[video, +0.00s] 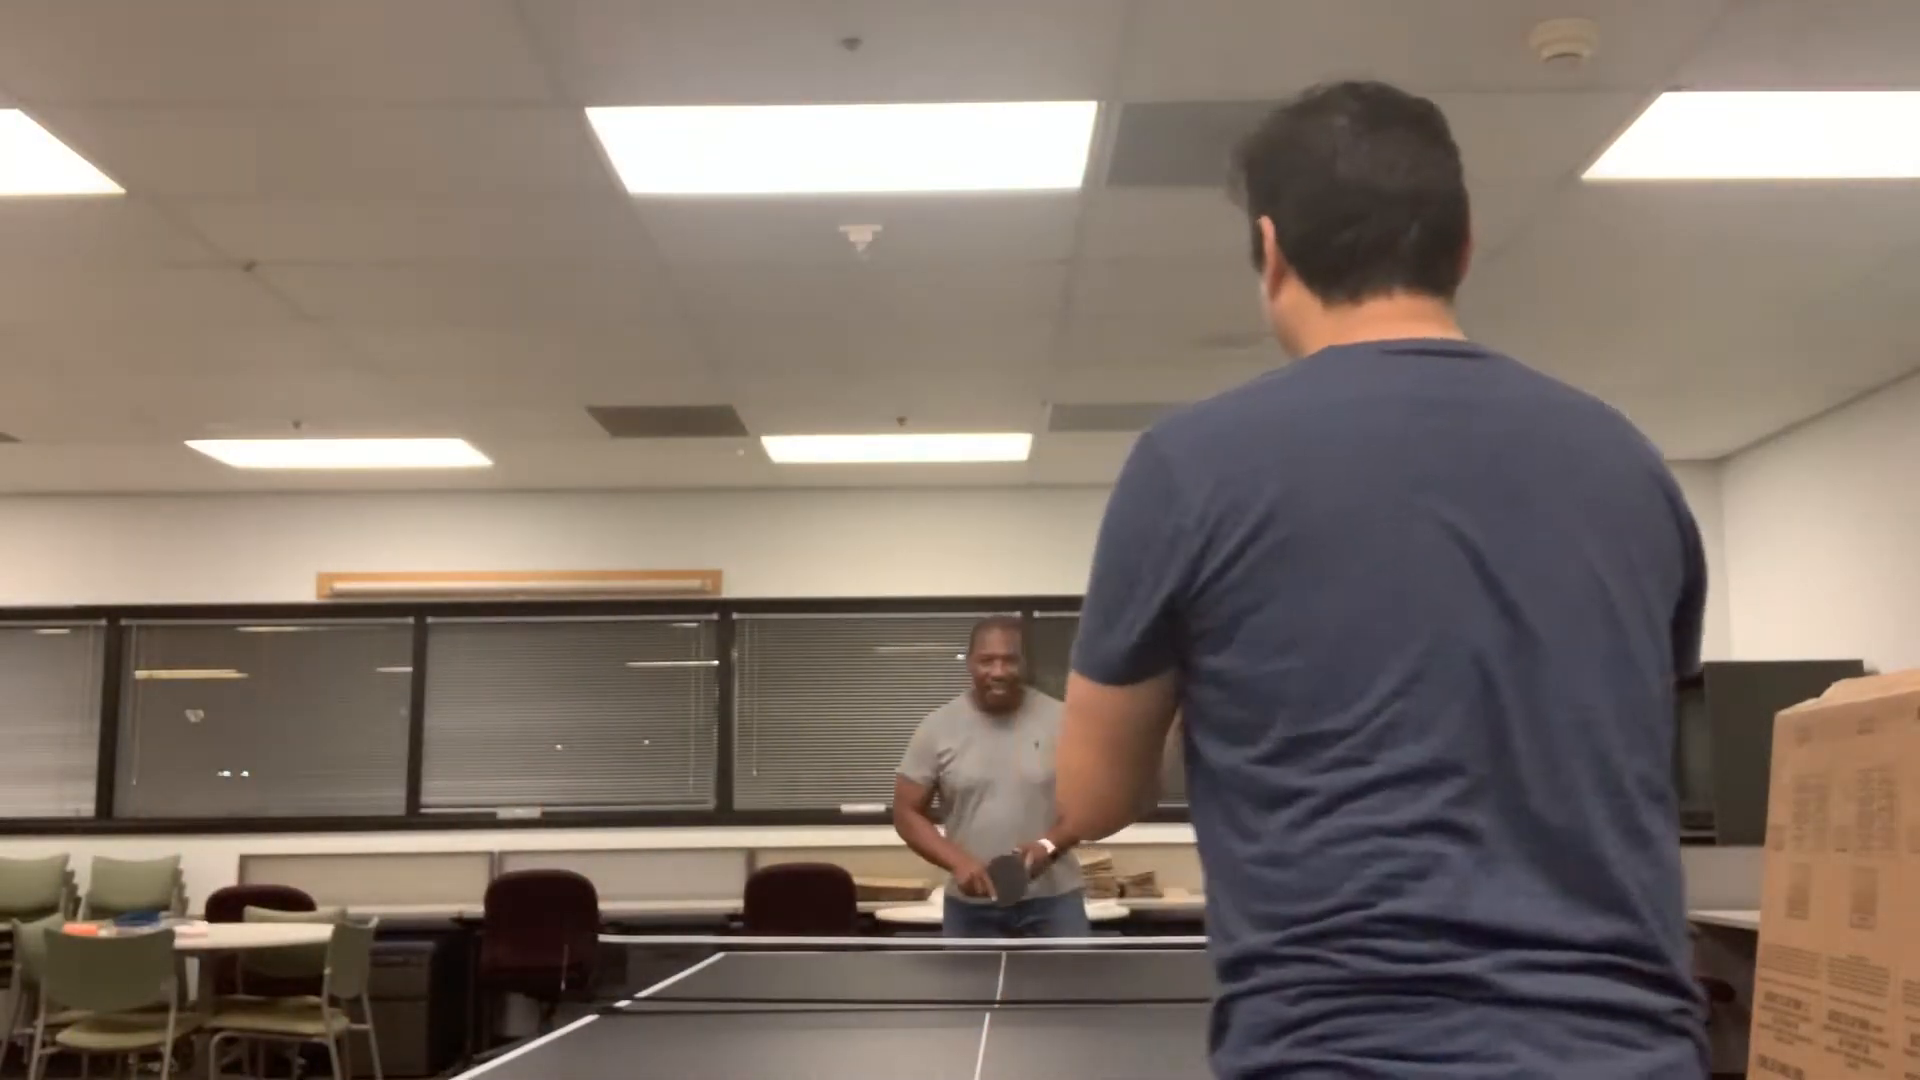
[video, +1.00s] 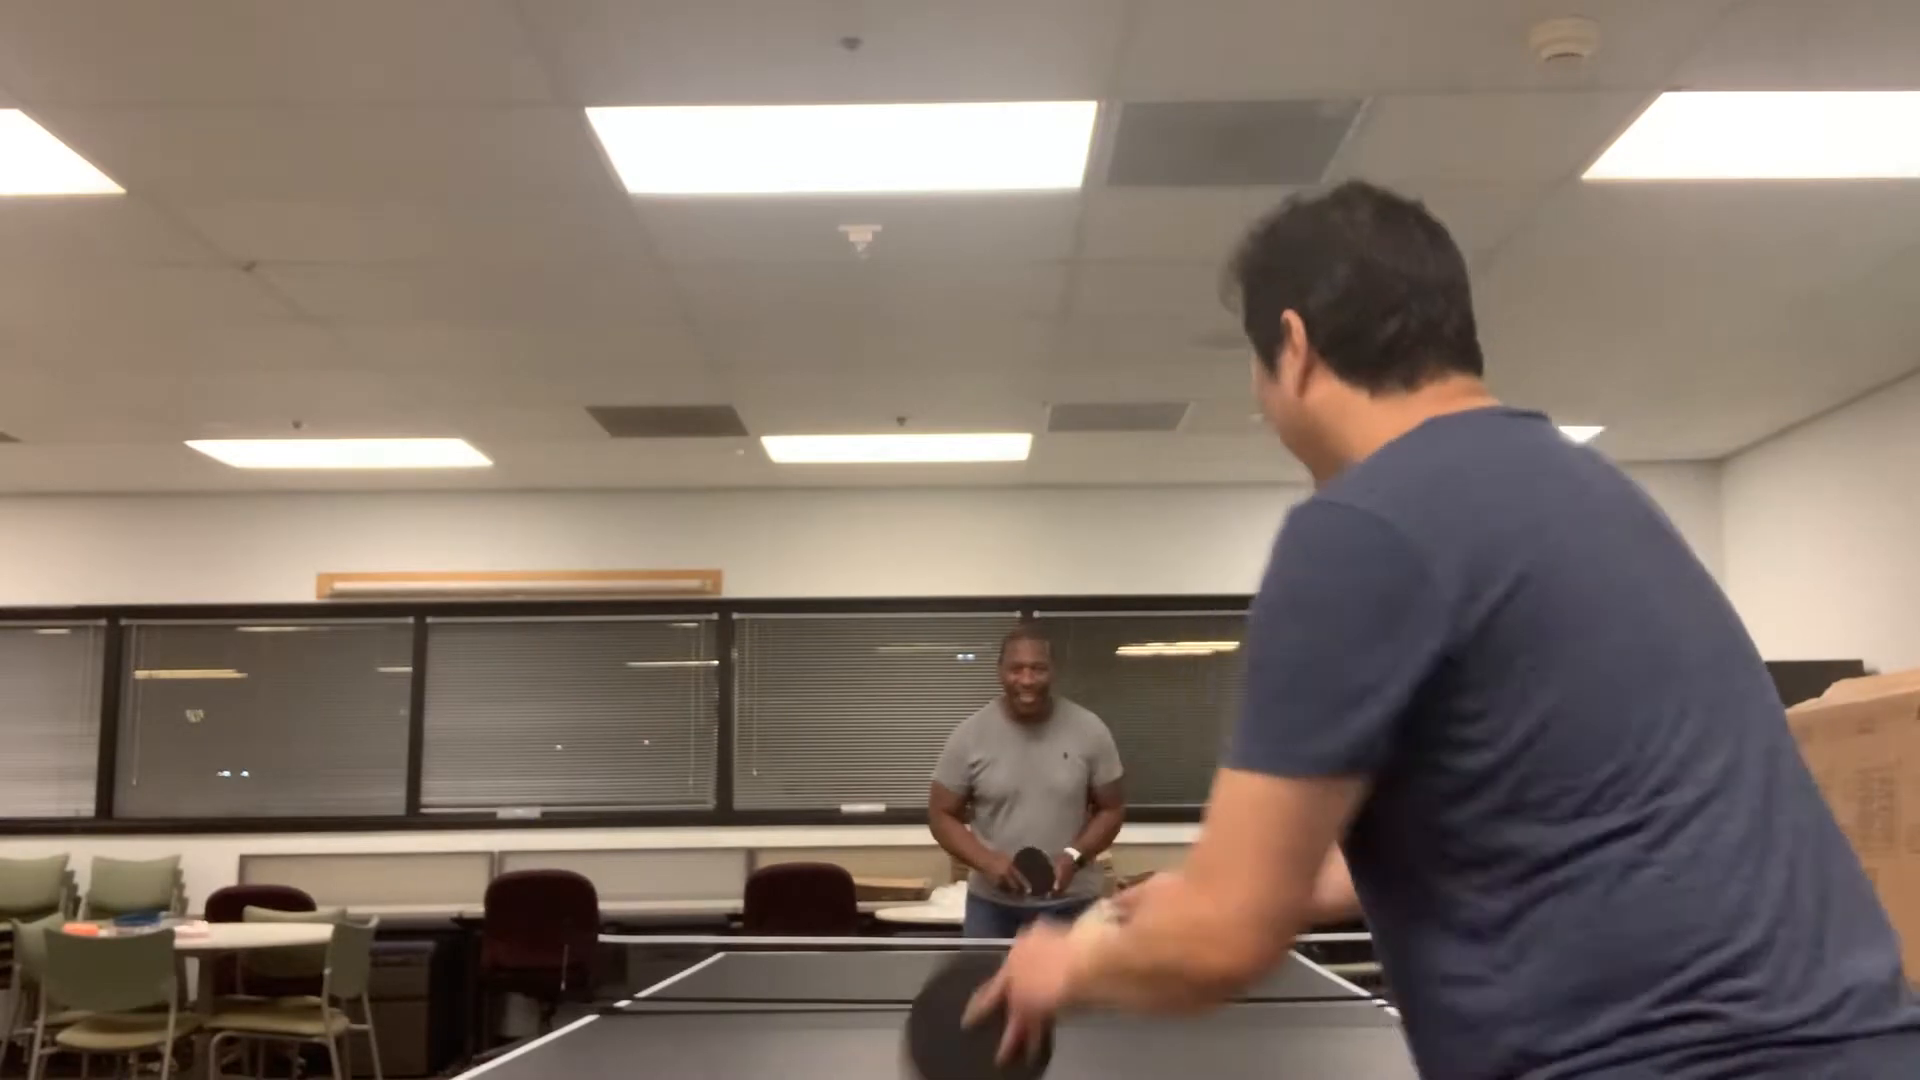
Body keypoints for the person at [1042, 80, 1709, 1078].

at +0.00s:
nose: (1251, 284)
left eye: (1247, 256)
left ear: (1269, 252)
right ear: (1464, 245)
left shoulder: (1194, 461)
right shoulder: (1625, 459)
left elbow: (1092, 798)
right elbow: (1645, 739)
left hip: (1324, 1044)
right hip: (1624, 1045)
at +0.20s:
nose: (1309, 298)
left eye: (1303, 268)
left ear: (1323, 261)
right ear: (1518, 251)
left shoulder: (1271, 470)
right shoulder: (1688, 447)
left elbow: (1164, 795)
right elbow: (1709, 712)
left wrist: (1268, 613)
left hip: (1440, 1045)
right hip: (1739, 1042)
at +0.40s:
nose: (1335, 307)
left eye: (1328, 272)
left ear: (1353, 259)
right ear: (1545, 247)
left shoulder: (1311, 466)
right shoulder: (1716, 440)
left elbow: (1210, 799)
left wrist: (1323, 658)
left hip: (1497, 1047)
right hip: (1793, 1041)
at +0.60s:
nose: (1326, 299)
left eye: (1316, 265)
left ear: (1342, 253)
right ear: (1536, 242)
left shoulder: (1300, 455)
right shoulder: (1697, 428)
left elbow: (1206, 790)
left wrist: (1318, 656)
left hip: (1510, 1050)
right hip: (1804, 1039)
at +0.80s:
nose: (1285, 318)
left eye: (1279, 283)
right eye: (1277, 288)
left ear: (1307, 275)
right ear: (1488, 259)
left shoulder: (1292, 470)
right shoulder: (1653, 434)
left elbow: (1175, 807)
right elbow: (1515, 748)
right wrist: (1207, 751)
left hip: (1544, 1048)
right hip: (1817, 1034)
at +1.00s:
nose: (1262, 400)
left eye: (1257, 358)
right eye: (1256, 364)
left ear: (1297, 346)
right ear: (1447, 327)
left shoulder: (1370, 526)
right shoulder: (1579, 481)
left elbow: (1227, 933)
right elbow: (1487, 843)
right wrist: (1232, 893)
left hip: (1640, 1057)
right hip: (1855, 1030)